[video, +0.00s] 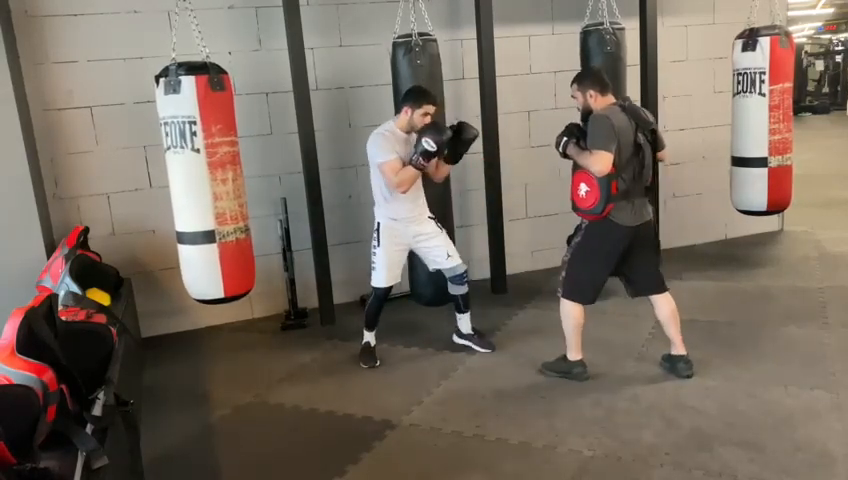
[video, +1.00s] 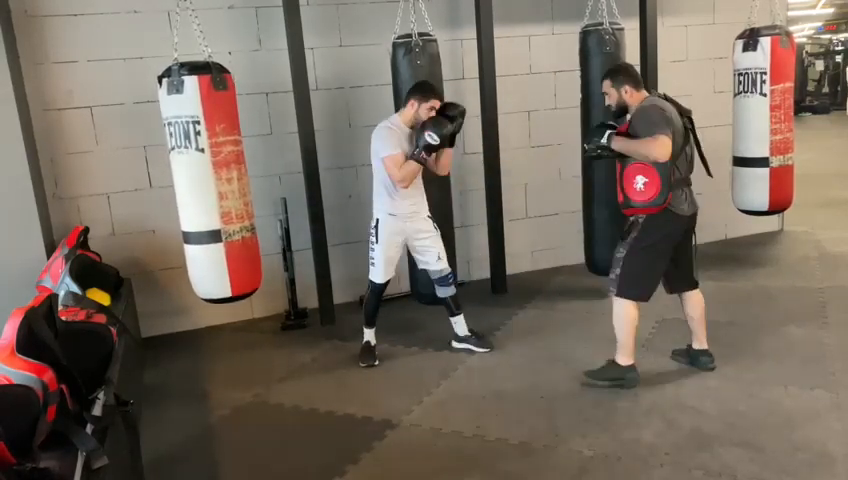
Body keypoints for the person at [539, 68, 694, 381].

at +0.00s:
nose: (576, 104)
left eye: (577, 97)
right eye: (575, 97)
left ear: (592, 94)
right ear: (605, 91)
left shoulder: (600, 119)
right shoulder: (636, 112)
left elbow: (601, 164)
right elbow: (661, 154)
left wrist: (572, 149)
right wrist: (621, 148)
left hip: (607, 225)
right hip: (642, 223)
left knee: (572, 290)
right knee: (655, 287)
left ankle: (573, 359)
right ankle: (680, 355)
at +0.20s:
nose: (559, 103)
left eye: (559, 97)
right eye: (557, 97)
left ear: (571, 93)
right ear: (586, 90)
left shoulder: (581, 118)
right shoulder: (620, 110)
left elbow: (579, 162)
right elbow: (647, 149)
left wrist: (551, 147)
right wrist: (612, 150)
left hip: (591, 223)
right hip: (626, 221)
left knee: (565, 289)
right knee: (646, 282)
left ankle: (573, 360)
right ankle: (676, 348)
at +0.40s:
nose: (546, 112)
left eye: (544, 106)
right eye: (544, 107)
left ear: (554, 101)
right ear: (573, 94)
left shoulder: (567, 123)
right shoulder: (609, 110)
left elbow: (567, 169)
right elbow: (641, 144)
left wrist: (543, 154)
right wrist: (608, 157)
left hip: (594, 222)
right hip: (628, 218)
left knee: (567, 288)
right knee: (641, 278)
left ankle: (573, 360)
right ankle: (673, 335)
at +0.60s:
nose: (560, 115)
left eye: (559, 109)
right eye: (558, 110)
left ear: (573, 103)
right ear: (587, 98)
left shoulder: (587, 126)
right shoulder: (620, 115)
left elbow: (590, 171)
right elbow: (651, 148)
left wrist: (561, 160)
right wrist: (617, 168)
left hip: (612, 225)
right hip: (644, 220)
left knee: (578, 289)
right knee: (660, 280)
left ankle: (574, 359)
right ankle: (694, 341)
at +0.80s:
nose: (592, 111)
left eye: (593, 104)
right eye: (590, 105)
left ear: (608, 99)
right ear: (617, 97)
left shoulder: (627, 123)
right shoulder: (646, 113)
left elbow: (637, 165)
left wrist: (593, 158)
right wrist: (606, 147)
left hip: (642, 224)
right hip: (668, 220)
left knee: (608, 292)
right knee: (673, 285)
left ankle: (581, 357)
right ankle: (700, 350)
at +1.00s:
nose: (607, 101)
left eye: (609, 93)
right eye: (606, 94)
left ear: (625, 89)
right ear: (634, 89)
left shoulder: (647, 111)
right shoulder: (662, 107)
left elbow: (660, 151)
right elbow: (660, 153)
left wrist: (612, 140)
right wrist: (615, 140)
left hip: (660, 214)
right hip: (682, 212)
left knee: (624, 286)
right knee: (685, 282)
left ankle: (624, 364)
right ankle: (700, 350)